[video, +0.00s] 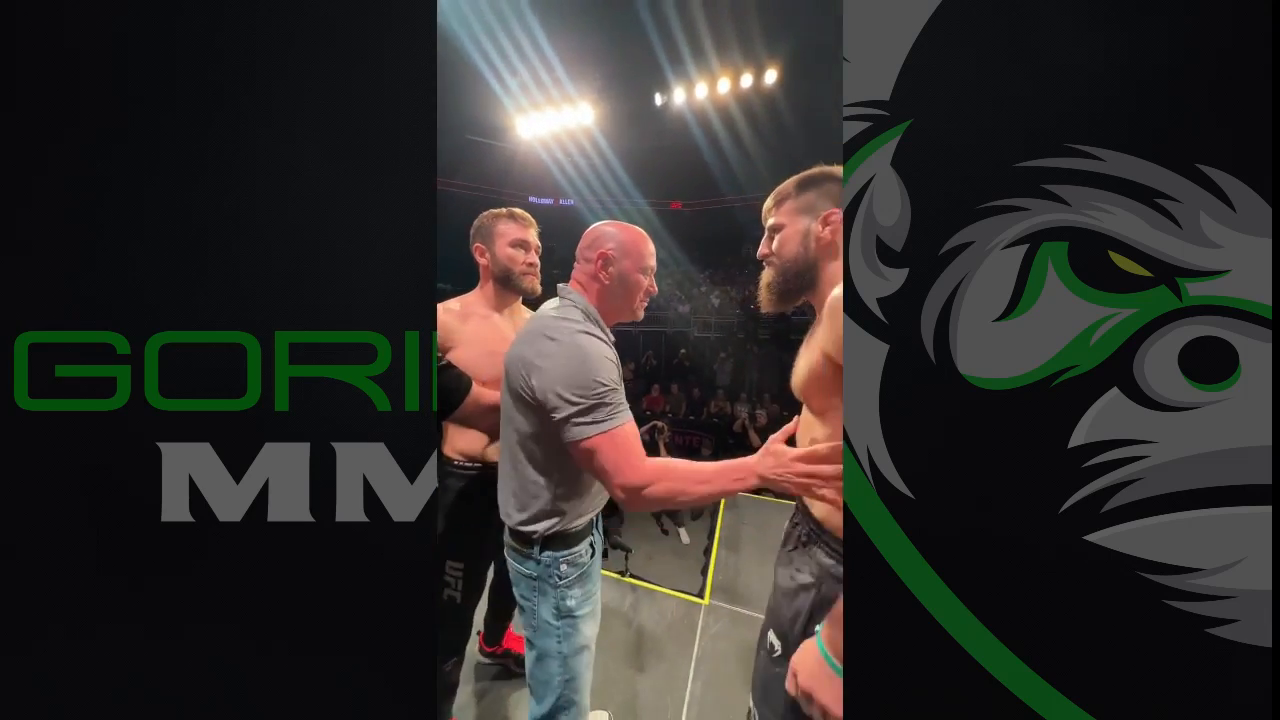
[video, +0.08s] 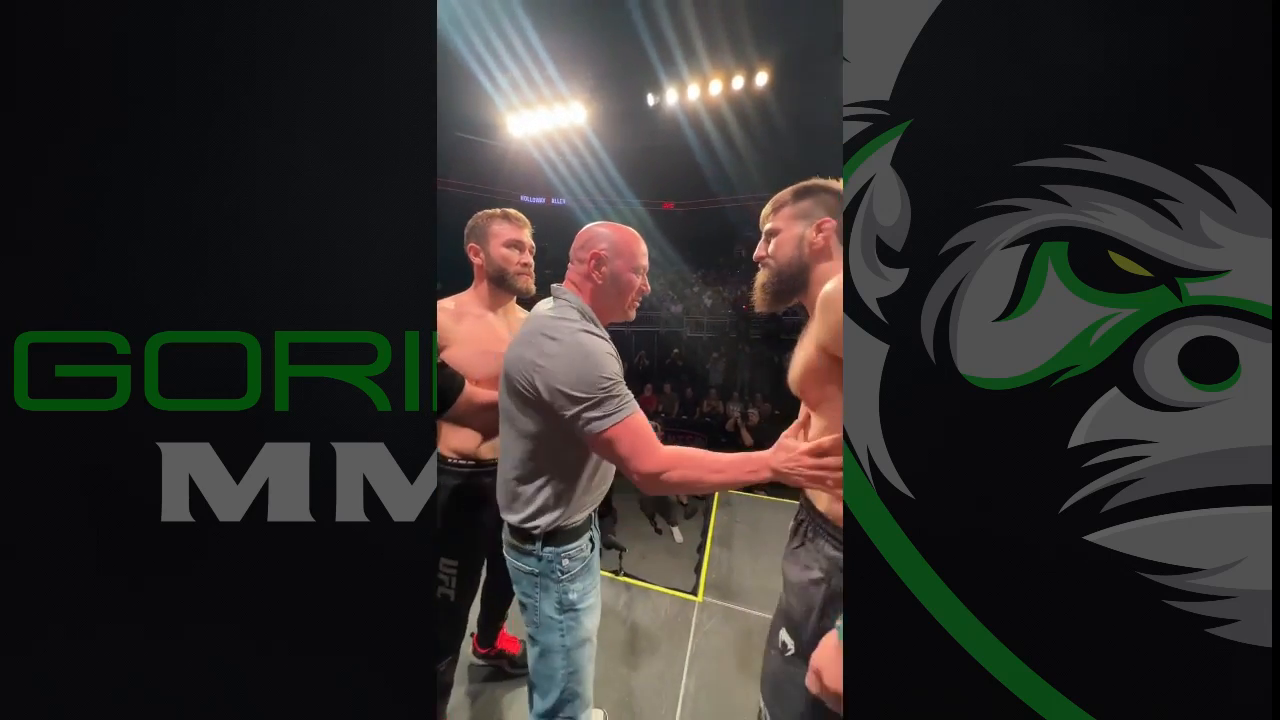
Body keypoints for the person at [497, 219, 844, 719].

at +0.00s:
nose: (654, 288)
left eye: (653, 275)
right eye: (646, 273)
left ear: (599, 268)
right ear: (602, 266)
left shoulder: (560, 325)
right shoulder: (573, 347)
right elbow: (634, 484)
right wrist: (756, 468)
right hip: (553, 550)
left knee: (558, 678)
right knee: (559, 703)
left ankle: (567, 708)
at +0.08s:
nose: (645, 288)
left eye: (646, 275)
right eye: (638, 273)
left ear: (592, 267)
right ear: (595, 266)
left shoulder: (555, 321)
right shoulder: (572, 347)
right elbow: (652, 469)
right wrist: (770, 463)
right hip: (552, 547)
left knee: (557, 651)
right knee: (561, 701)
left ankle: (567, 707)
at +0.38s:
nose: (611, 279)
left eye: (611, 267)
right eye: (602, 266)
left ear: (554, 264)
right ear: (558, 262)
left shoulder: (523, 320)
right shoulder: (549, 334)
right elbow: (640, 441)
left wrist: (639, 450)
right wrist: (764, 448)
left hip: (519, 528)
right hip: (544, 539)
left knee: (524, 643)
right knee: (586, 690)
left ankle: (519, 711)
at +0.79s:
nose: (569, 266)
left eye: (567, 254)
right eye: (557, 254)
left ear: (510, 257)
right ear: (510, 256)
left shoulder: (485, 316)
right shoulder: (510, 332)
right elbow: (609, 435)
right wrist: (736, 452)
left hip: (482, 529)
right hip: (507, 540)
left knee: (474, 640)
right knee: (540, 691)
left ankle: (457, 713)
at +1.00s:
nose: (558, 255)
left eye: (555, 241)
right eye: (544, 242)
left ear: (494, 249)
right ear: (495, 246)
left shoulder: (458, 309)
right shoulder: (497, 327)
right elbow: (601, 434)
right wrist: (718, 444)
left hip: (468, 529)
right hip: (502, 544)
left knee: (467, 622)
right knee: (523, 692)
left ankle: (433, 696)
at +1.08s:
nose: (555, 252)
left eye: (553, 240)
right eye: (542, 238)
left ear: (491, 241)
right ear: (494, 238)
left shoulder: (453, 303)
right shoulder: (494, 323)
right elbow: (601, 430)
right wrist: (716, 436)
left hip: (461, 533)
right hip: (496, 547)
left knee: (472, 620)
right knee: (513, 692)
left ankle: (435, 690)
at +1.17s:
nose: (552, 251)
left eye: (549, 237)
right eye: (540, 235)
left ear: (489, 236)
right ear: (493, 233)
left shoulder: (453, 296)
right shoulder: (489, 316)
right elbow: (601, 423)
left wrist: (546, 429)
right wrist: (711, 425)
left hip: (460, 535)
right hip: (487, 549)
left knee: (477, 626)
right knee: (501, 688)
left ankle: (436, 694)